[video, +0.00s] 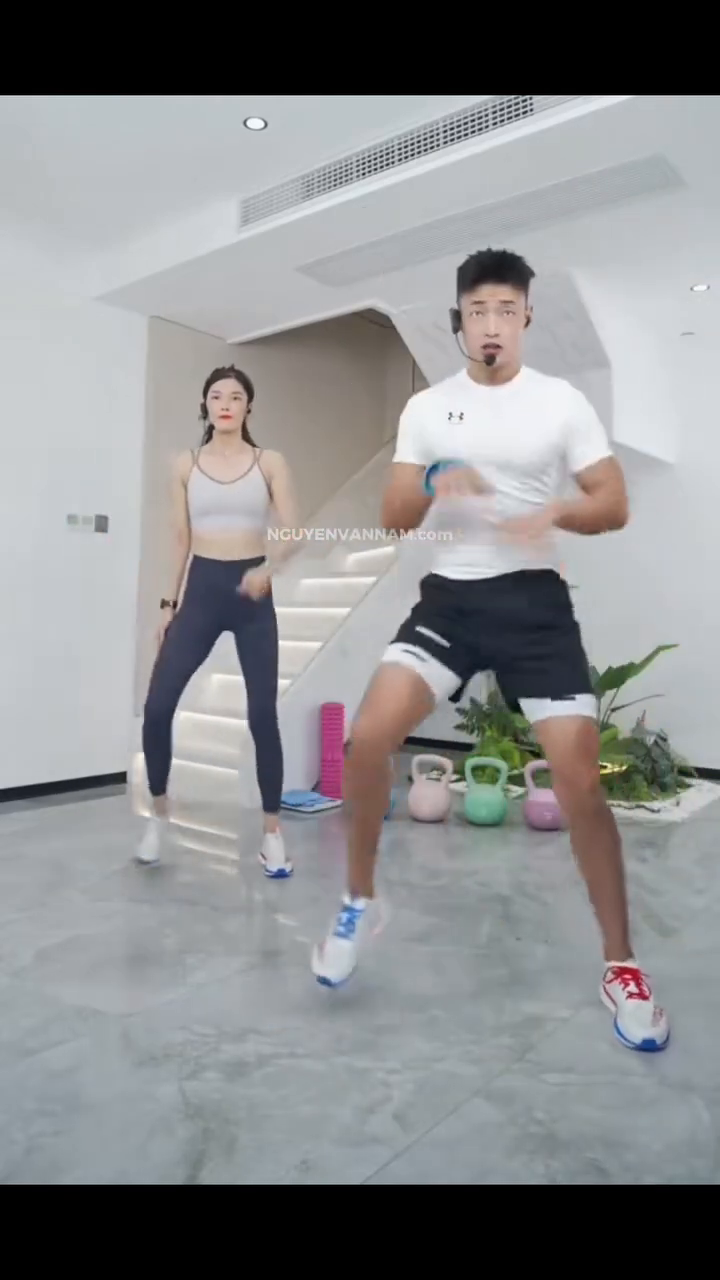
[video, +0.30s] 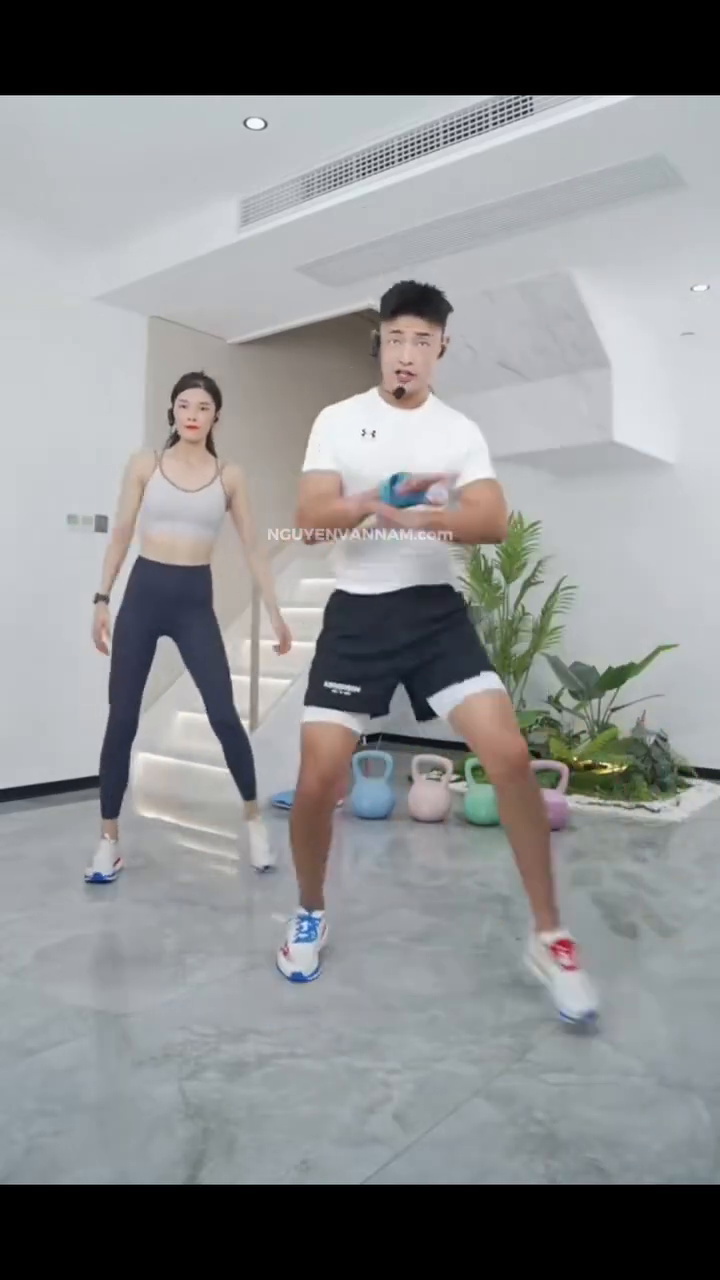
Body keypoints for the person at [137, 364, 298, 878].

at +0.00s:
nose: (226, 404)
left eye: (235, 397)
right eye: (218, 397)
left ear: (249, 407)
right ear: (205, 405)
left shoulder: (269, 462)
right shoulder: (187, 465)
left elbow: (292, 532)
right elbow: (183, 540)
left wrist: (268, 569)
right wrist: (171, 603)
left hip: (254, 593)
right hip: (202, 593)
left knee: (263, 715)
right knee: (157, 709)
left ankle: (272, 829)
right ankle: (158, 814)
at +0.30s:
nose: (193, 414)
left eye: (203, 407)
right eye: (185, 405)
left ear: (215, 416)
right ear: (172, 412)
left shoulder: (228, 475)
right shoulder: (146, 465)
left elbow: (254, 549)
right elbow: (121, 535)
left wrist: (276, 613)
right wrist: (102, 599)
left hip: (195, 603)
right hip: (141, 599)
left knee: (224, 717)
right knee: (121, 720)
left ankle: (255, 819)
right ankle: (108, 836)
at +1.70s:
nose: (236, 402)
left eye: (245, 395)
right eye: (228, 395)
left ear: (259, 406)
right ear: (216, 404)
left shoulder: (277, 460)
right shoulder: (197, 460)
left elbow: (314, 514)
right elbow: (173, 511)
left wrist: (279, 560)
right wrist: (199, 553)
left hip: (259, 588)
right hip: (208, 586)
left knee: (276, 708)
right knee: (153, 700)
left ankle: (296, 822)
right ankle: (133, 810)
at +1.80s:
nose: (220, 406)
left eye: (229, 399)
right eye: (212, 398)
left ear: (243, 409)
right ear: (200, 408)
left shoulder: (260, 465)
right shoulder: (179, 461)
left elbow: (299, 518)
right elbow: (142, 502)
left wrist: (262, 557)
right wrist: (169, 544)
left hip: (239, 592)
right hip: (188, 591)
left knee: (262, 711)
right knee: (144, 710)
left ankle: (296, 820)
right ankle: (95, 820)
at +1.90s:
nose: (201, 416)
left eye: (210, 410)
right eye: (194, 408)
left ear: (223, 420)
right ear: (180, 416)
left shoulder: (237, 477)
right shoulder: (156, 469)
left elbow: (277, 529)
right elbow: (108, 508)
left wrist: (238, 559)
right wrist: (141, 544)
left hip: (212, 604)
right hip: (159, 602)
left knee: (245, 715)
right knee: (127, 717)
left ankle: (292, 812)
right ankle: (95, 828)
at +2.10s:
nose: (176, 402)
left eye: (185, 395)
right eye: (168, 394)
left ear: (197, 404)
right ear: (153, 402)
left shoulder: (212, 459)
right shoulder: (129, 450)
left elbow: (252, 503)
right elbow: (67, 481)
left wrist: (210, 536)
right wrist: (110, 523)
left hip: (186, 586)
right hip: (134, 583)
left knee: (190, 705)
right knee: (112, 706)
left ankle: (190, 800)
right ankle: (92, 823)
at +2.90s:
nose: (263, 427)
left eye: (267, 418)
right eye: (255, 418)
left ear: (269, 422)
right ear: (230, 420)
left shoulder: (279, 468)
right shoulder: (199, 473)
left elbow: (333, 512)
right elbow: (186, 542)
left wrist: (317, 556)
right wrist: (175, 609)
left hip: (275, 595)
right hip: (225, 598)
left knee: (281, 710)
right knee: (179, 708)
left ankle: (290, 820)